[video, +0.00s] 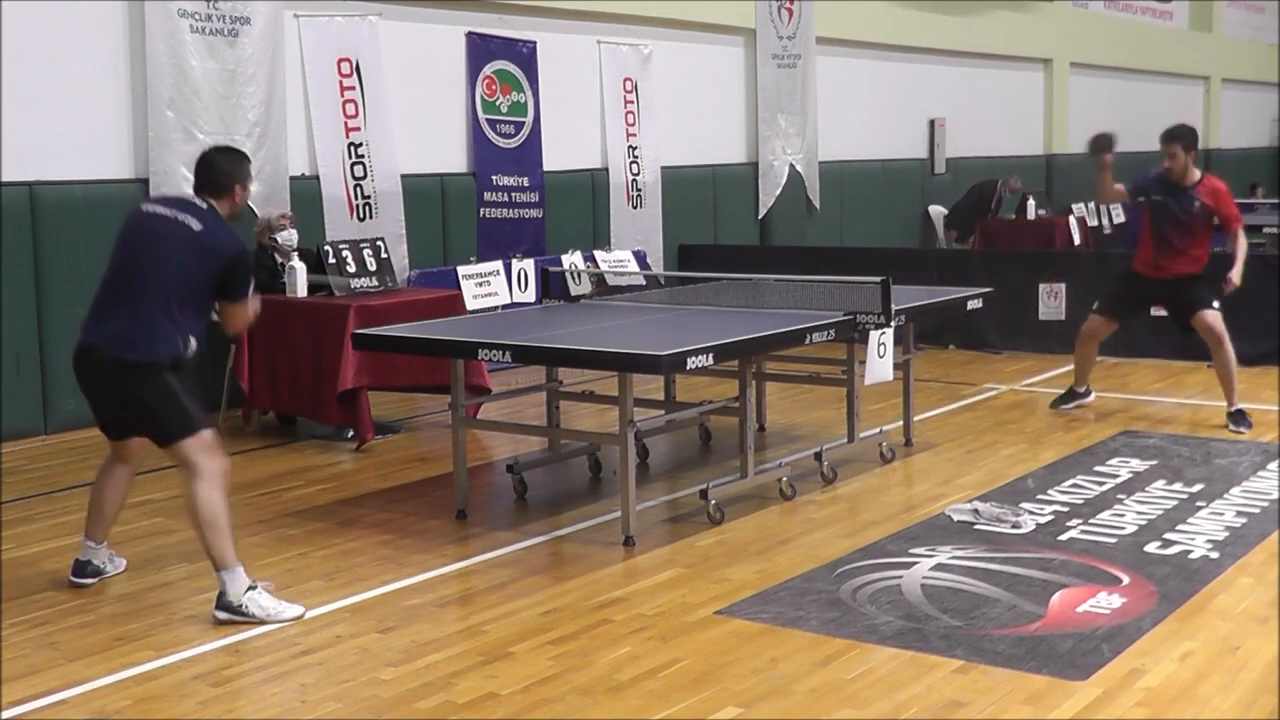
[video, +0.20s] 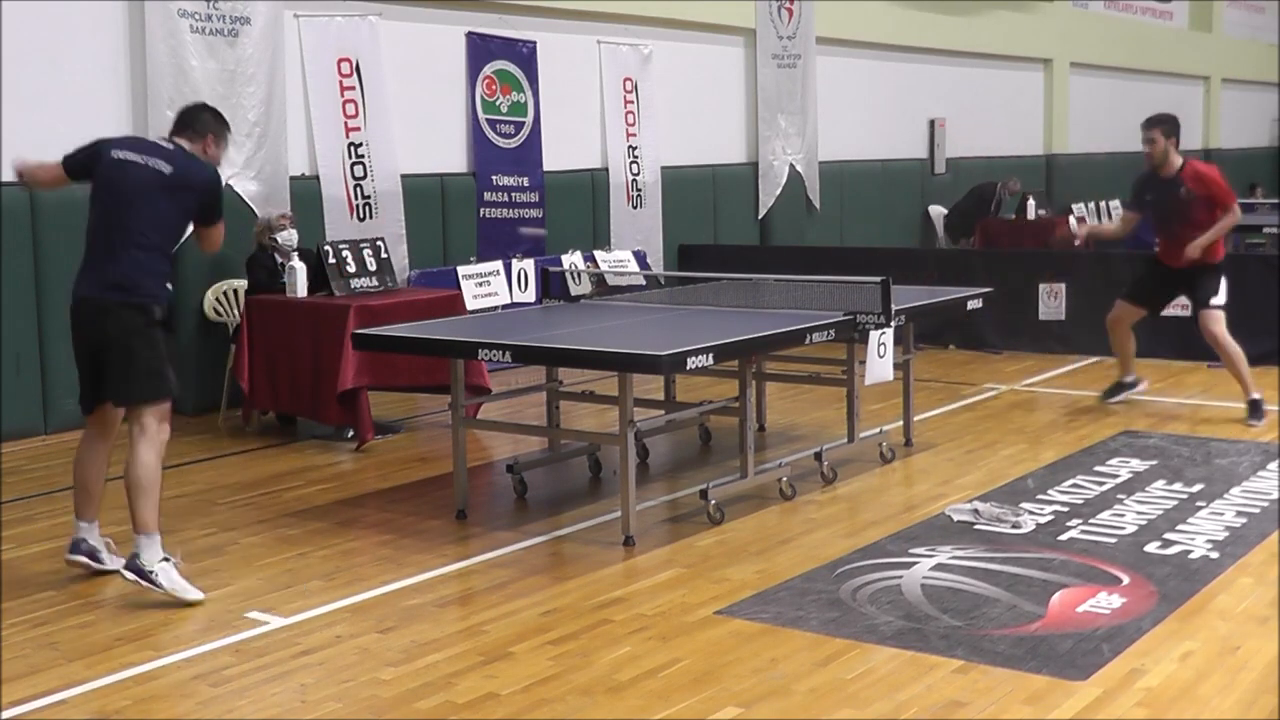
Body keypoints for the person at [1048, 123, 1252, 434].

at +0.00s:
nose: (1166, 163)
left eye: (1173, 157)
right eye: (1164, 156)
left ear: (1192, 154)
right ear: (1161, 154)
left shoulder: (1213, 189)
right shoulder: (1154, 181)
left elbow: (1238, 233)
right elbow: (1107, 195)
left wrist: (1237, 268)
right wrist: (1105, 168)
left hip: (1188, 280)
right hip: (1141, 277)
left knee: (1215, 330)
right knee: (1089, 332)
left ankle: (1234, 408)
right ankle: (1080, 388)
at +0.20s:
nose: (1146, 149)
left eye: (1152, 142)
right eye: (1144, 142)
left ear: (1172, 142)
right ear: (1146, 144)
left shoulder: (1201, 175)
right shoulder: (1147, 182)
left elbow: (1234, 214)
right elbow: (1123, 226)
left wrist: (1201, 242)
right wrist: (1091, 228)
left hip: (1205, 267)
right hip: (1165, 265)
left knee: (1213, 330)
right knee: (1117, 321)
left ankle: (1253, 397)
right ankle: (1128, 378)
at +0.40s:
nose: (1104, 173)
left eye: (1108, 166)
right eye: (1104, 166)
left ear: (1128, 165)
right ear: (1127, 166)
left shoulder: (1136, 188)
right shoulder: (1144, 186)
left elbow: (1109, 225)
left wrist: (1086, 231)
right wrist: (1101, 228)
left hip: (1194, 275)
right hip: (1166, 277)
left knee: (1208, 343)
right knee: (1120, 325)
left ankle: (1264, 401)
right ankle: (1142, 381)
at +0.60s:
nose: (1043, 175)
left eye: (1045, 169)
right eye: (1043, 170)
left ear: (1061, 166)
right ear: (1068, 167)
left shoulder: (1065, 182)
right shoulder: (1089, 183)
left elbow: (1044, 218)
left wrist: (1056, 218)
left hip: (1127, 251)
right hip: (1126, 251)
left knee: (1118, 317)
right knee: (1103, 316)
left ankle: (1162, 383)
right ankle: (1142, 378)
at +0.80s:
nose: (988, 174)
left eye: (991, 167)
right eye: (987, 168)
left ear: (1006, 163)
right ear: (1002, 166)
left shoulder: (1033, 179)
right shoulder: (1005, 190)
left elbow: (1056, 189)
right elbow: (963, 187)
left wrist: (1039, 188)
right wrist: (958, 159)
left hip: (1051, 272)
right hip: (1048, 272)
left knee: (992, 309)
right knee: (1050, 341)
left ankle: (977, 369)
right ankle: (1112, 354)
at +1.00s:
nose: (959, 177)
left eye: (965, 172)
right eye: (957, 172)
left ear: (980, 174)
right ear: (956, 173)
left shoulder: (997, 197)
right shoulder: (964, 198)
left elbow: (1031, 218)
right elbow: (931, 198)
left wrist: (1034, 248)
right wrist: (905, 178)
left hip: (1014, 273)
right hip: (988, 272)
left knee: (956, 304)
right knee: (945, 300)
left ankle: (970, 367)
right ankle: (967, 357)